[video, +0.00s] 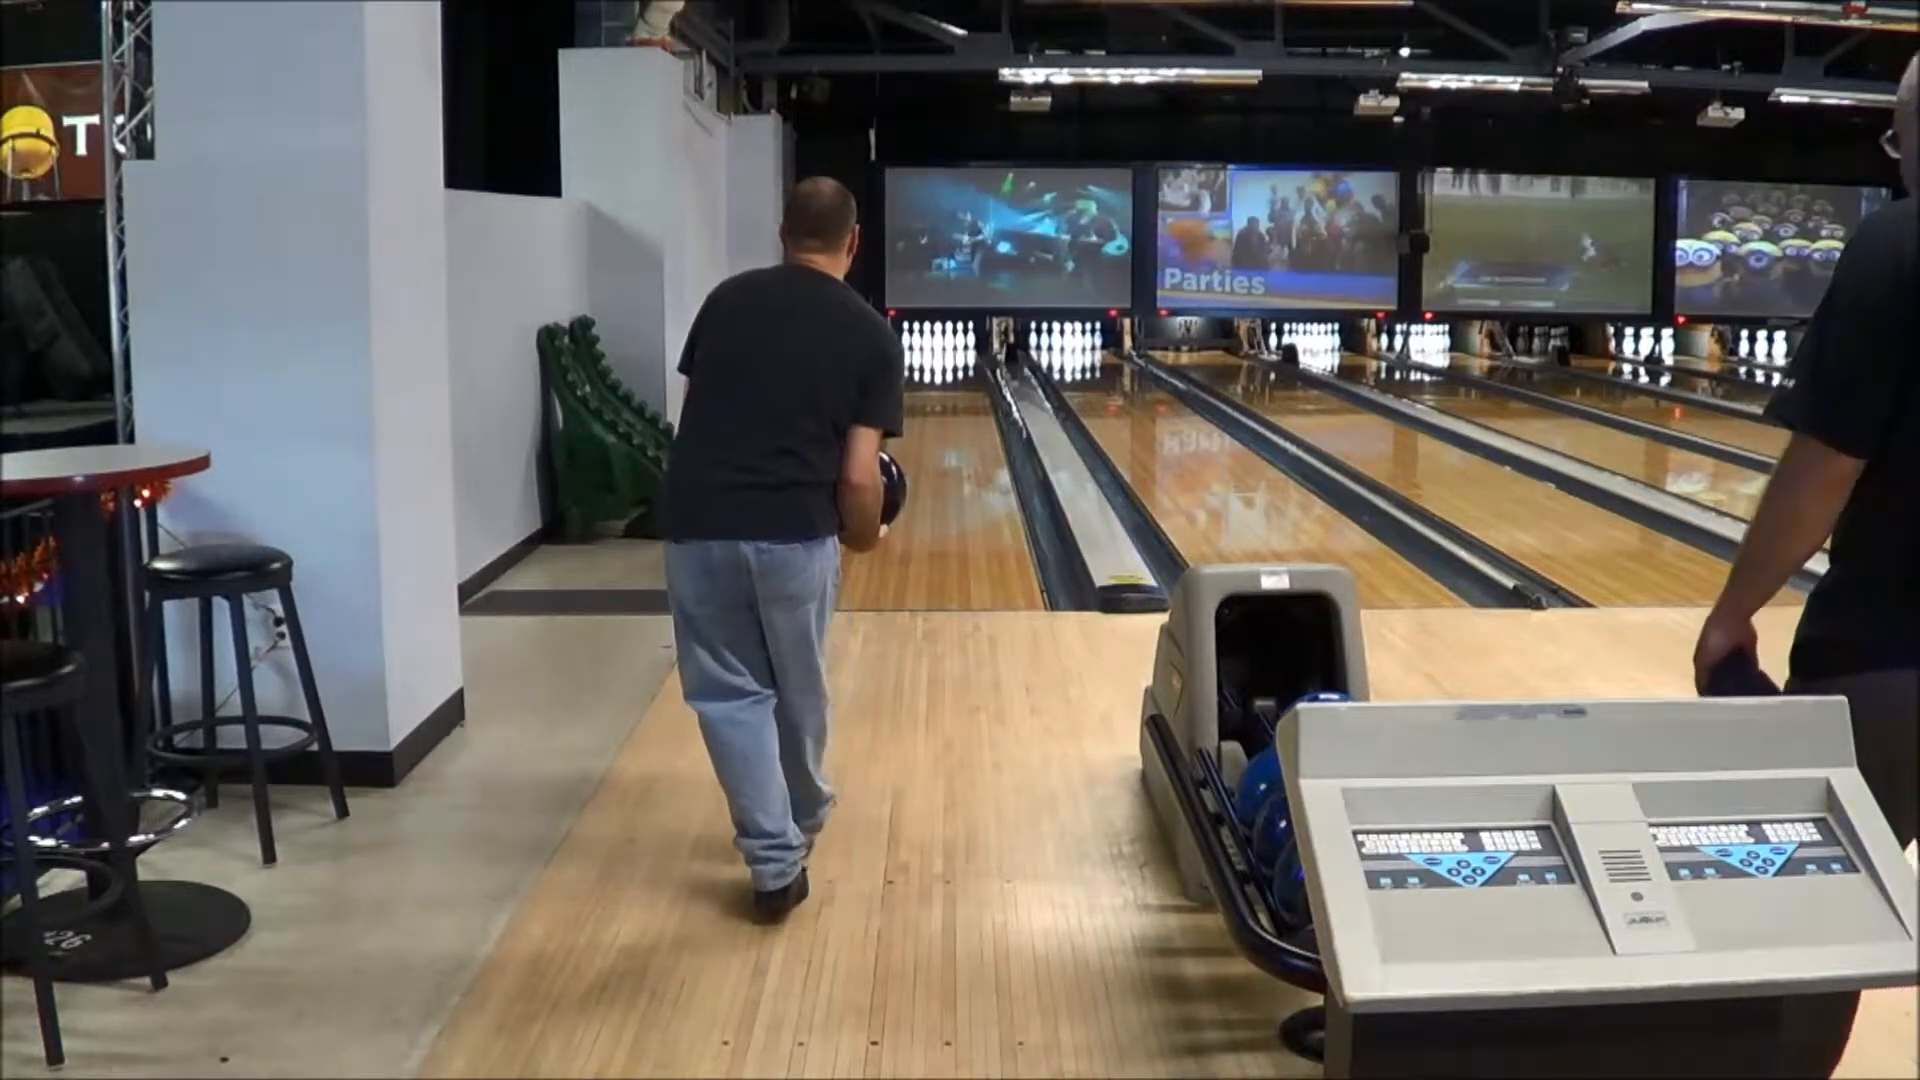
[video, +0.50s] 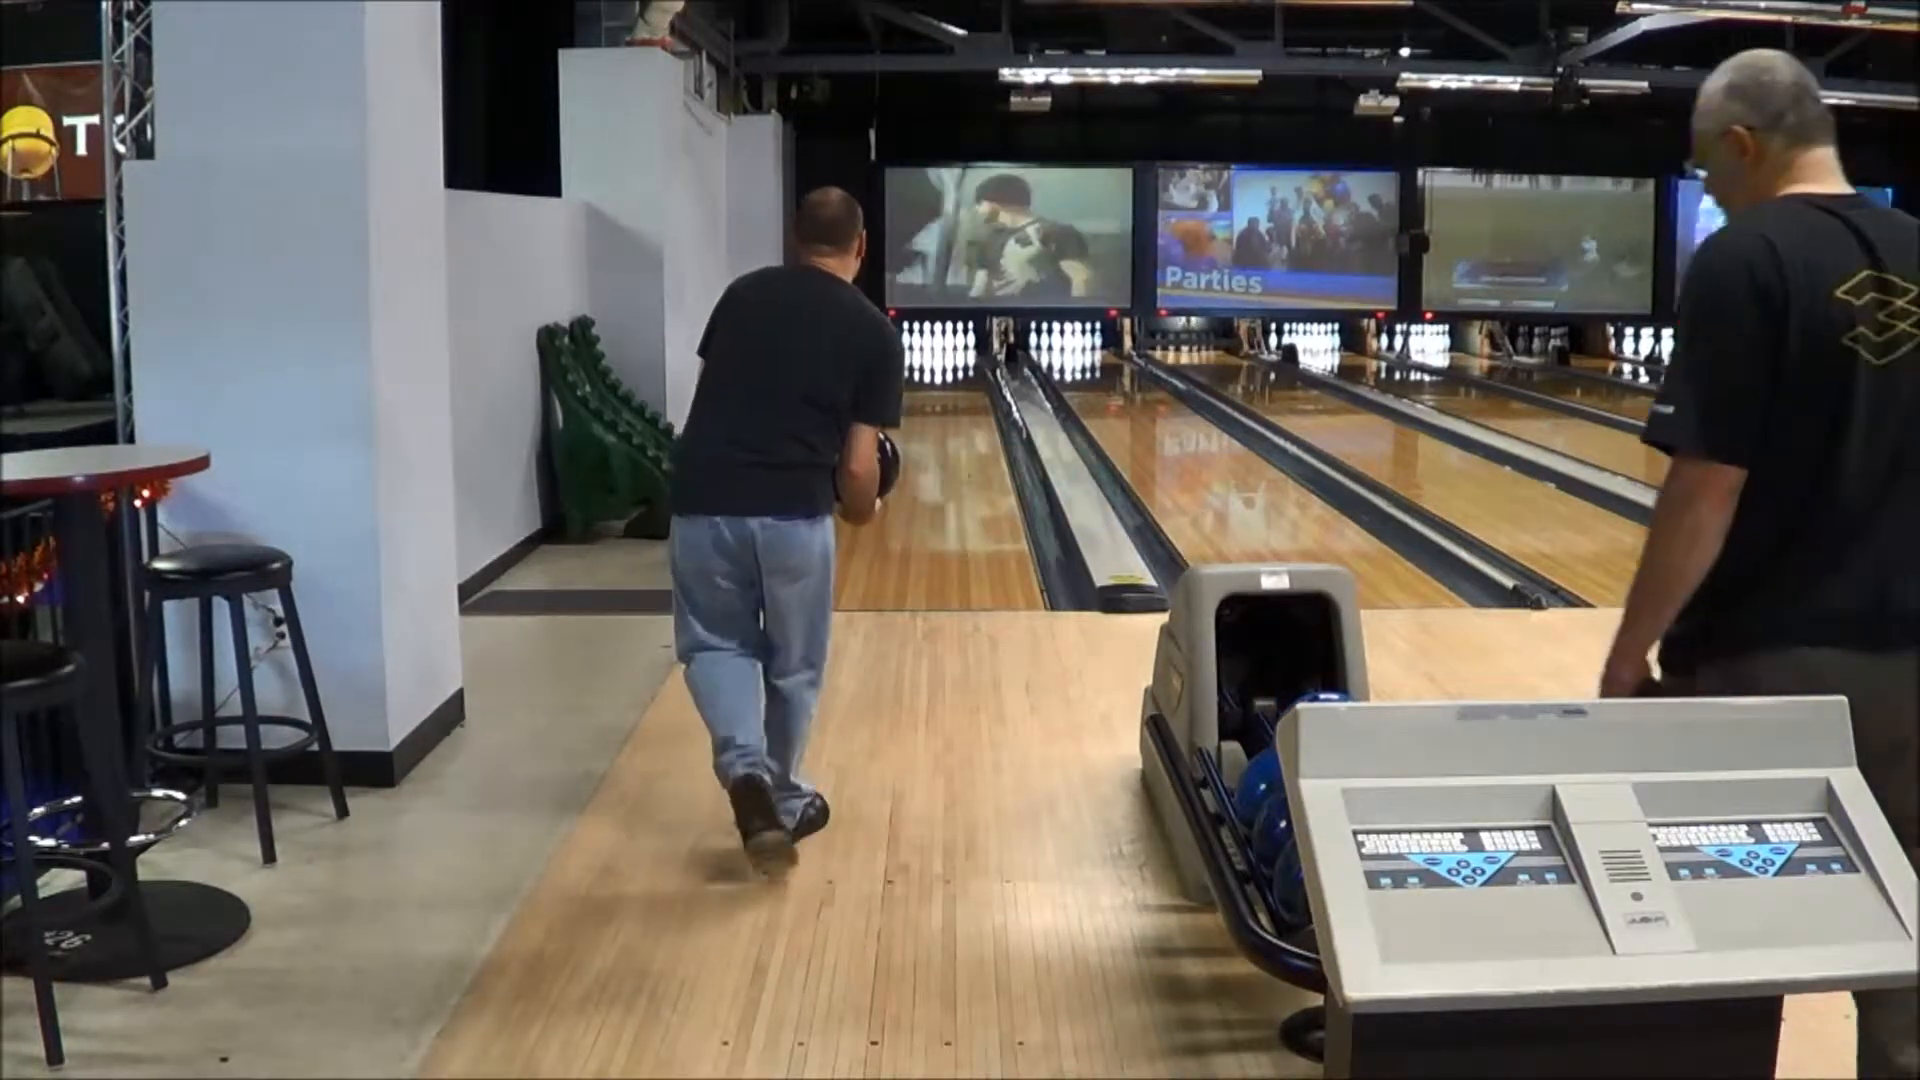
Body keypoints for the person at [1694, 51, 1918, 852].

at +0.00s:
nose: (1894, 140)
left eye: (1900, 121)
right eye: (1897, 122)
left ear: (1912, 130)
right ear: (1910, 135)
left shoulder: (1897, 242)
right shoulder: (1889, 241)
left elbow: (1823, 466)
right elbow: (1822, 465)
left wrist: (1732, 615)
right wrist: (1736, 614)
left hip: (1884, 658)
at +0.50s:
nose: (1708, 182)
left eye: (1708, 160)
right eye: (1703, 163)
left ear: (1747, 144)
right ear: (1817, 135)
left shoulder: (1742, 261)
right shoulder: (1906, 238)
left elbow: (1705, 482)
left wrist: (1630, 646)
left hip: (1761, 658)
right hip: (1901, 652)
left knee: (1730, 929)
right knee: (1901, 929)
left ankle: (1722, 1070)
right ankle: (1893, 1066)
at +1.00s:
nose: (1529, 222)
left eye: (1525, 197)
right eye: (1521, 202)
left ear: (1559, 172)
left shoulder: (1649, 242)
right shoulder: (1677, 240)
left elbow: (1666, 439)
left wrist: (1591, 611)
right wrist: (1576, 576)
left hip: (1714, 621)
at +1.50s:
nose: (1340, 366)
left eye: (1334, 343)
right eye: (1333, 351)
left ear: (1361, 307)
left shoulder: (1476, 279)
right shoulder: (1440, 443)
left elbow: (1610, 341)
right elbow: (1415, 585)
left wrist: (1653, 493)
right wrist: (1330, 708)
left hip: (1696, 556)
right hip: (1607, 590)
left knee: (1682, 793)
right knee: (1570, 786)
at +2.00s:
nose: (1306, 369)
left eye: (1300, 345)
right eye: (1297, 354)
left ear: (1326, 305)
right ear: (1334, 307)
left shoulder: (1444, 279)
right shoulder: (1409, 434)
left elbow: (1585, 341)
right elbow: (1408, 582)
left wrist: (1606, 500)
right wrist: (1348, 709)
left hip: (1683, 539)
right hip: (1584, 577)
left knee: (1677, 777)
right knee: (1558, 774)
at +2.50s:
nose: (1286, 367)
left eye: (1278, 343)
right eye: (1275, 353)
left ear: (1310, 302)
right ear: (1316, 302)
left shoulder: (1444, 281)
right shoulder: (1378, 420)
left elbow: (1595, 351)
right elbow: (1388, 562)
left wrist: (1617, 512)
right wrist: (1318, 705)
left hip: (1678, 542)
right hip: (1572, 578)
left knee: (1685, 779)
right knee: (1552, 784)